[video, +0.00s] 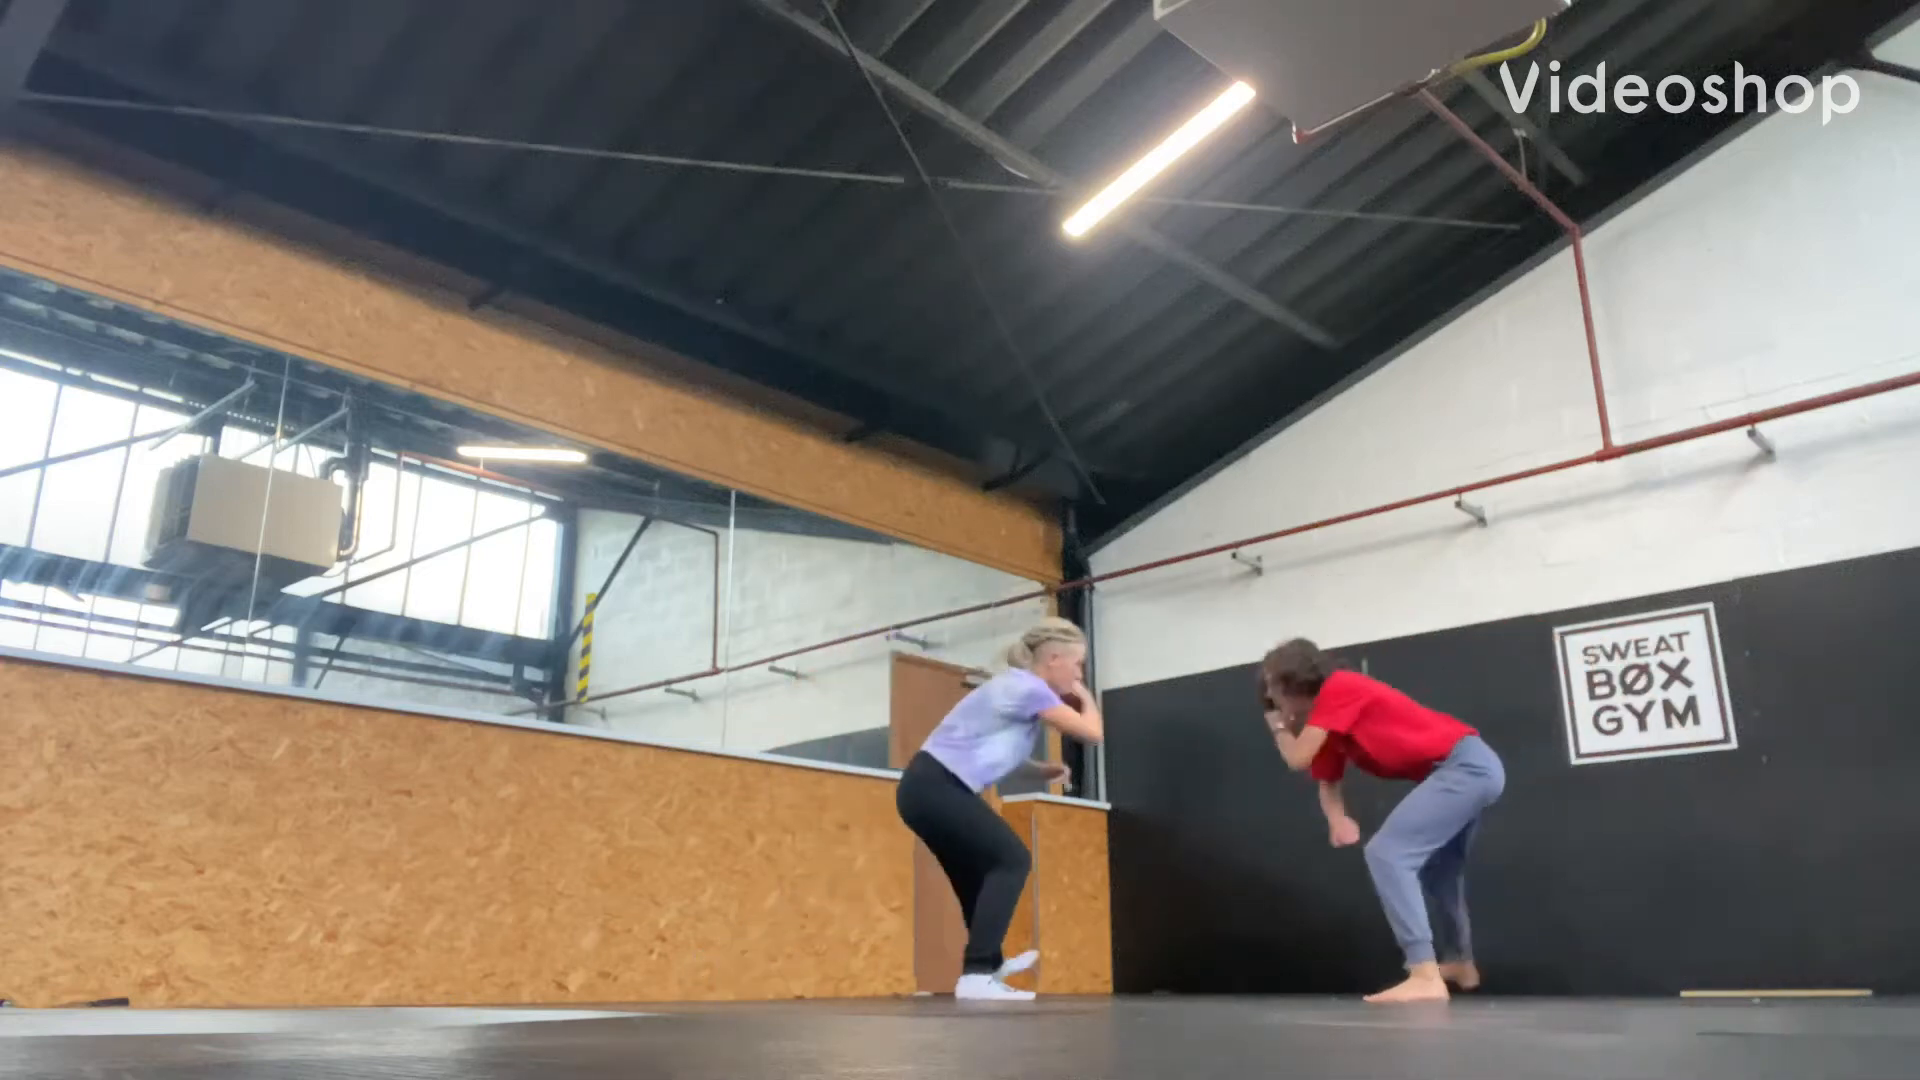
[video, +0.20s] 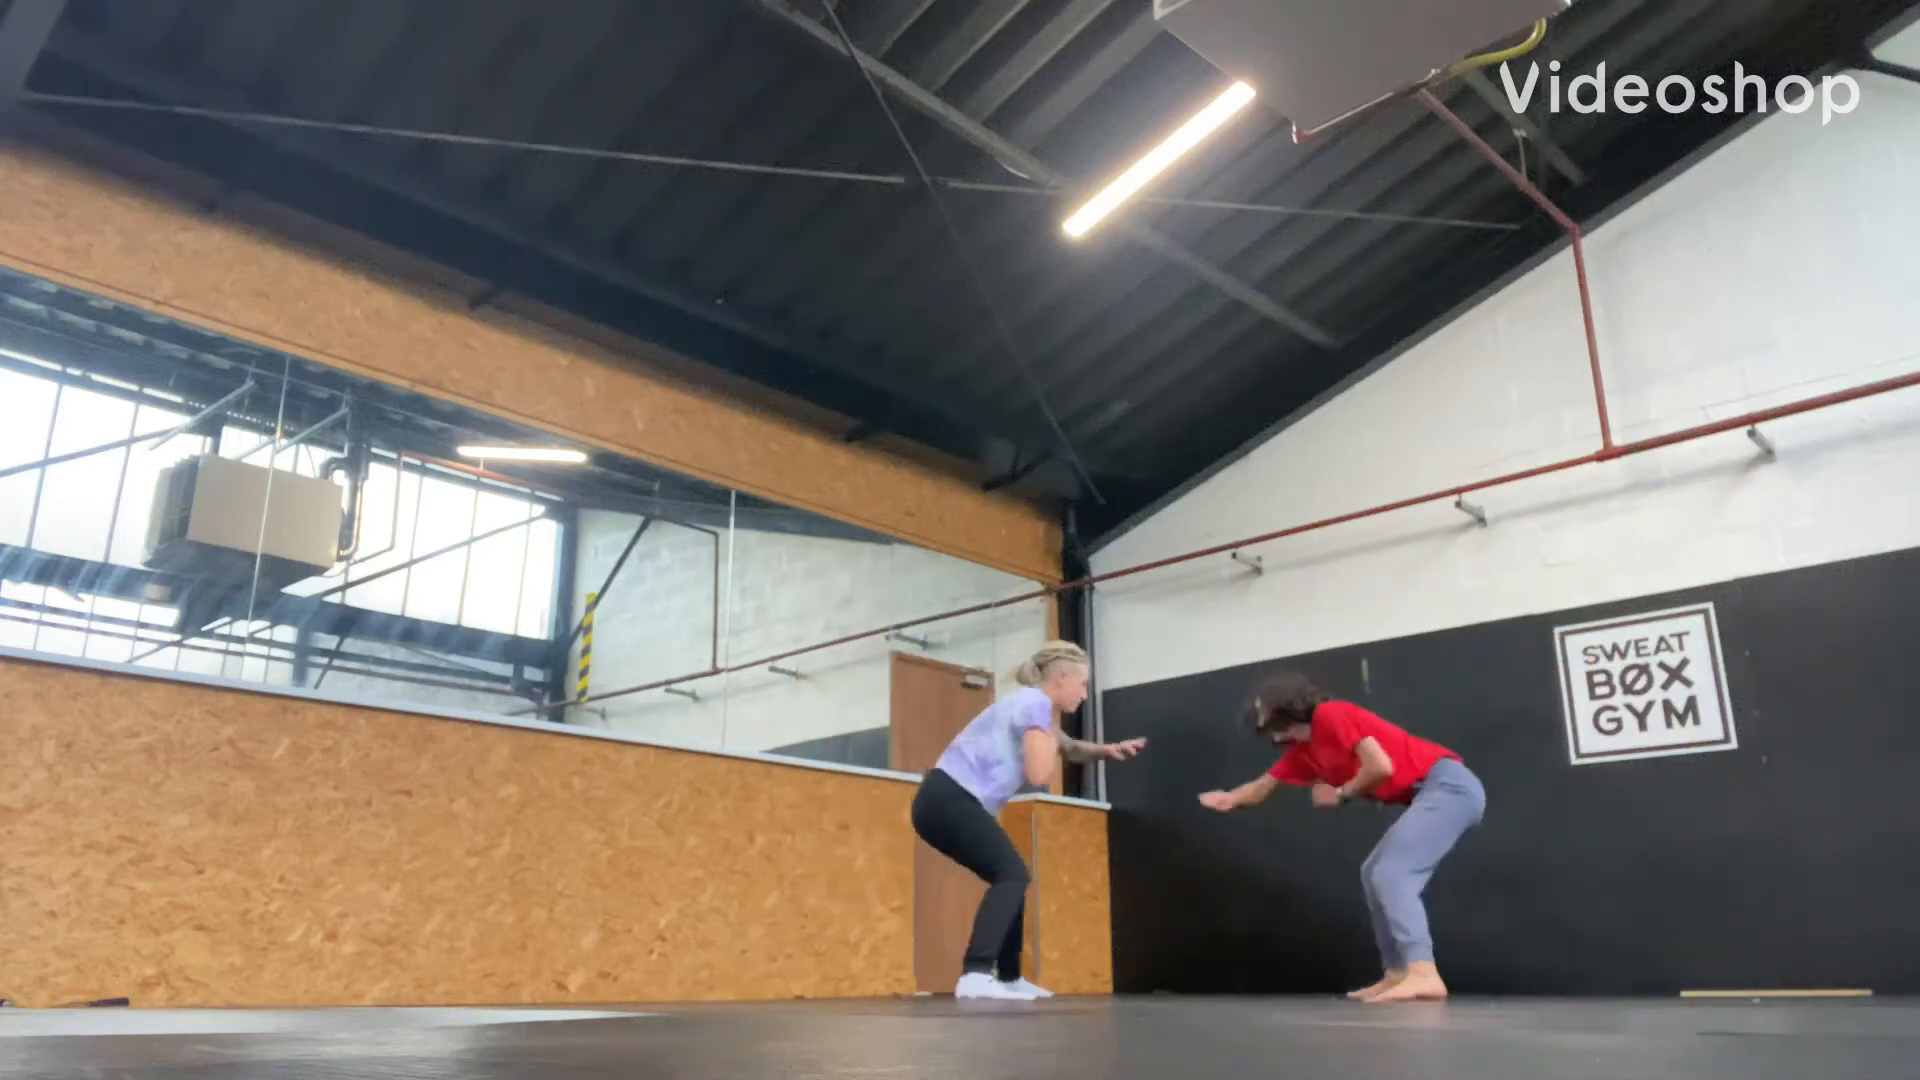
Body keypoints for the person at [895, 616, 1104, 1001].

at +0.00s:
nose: (1080, 675)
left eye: (1081, 666)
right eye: (1077, 664)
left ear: (1049, 662)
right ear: (1050, 662)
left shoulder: (1012, 689)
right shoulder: (1027, 687)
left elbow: (993, 756)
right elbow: (1092, 731)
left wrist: (1039, 770)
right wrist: (1083, 694)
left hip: (927, 787)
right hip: (936, 786)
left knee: (974, 879)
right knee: (1013, 859)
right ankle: (977, 977)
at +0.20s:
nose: (1085, 694)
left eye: (1087, 686)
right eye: (1083, 684)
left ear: (1056, 680)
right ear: (1059, 679)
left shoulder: (1036, 708)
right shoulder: (1034, 703)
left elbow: (1067, 746)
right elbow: (1037, 774)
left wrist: (1110, 750)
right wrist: (1050, 737)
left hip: (952, 801)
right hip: (945, 799)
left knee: (1014, 877)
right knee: (1011, 876)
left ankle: (1007, 978)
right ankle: (976, 977)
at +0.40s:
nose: (1093, 702)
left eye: (1094, 694)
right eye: (1091, 692)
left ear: (1068, 687)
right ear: (1069, 685)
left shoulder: (1044, 715)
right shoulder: (1040, 703)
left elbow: (1050, 747)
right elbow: (1019, 756)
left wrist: (1094, 761)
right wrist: (1046, 768)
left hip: (963, 797)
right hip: (944, 783)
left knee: (1009, 873)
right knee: (944, 871)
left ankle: (1009, 979)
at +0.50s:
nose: (1085, 691)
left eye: (1086, 683)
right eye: (1082, 681)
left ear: (1056, 679)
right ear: (1061, 677)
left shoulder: (1030, 699)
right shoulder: (1039, 695)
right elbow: (1040, 751)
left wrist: (1050, 752)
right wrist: (1062, 753)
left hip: (965, 795)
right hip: (945, 780)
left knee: (1007, 873)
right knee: (925, 873)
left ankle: (1009, 981)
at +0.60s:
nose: (1068, 675)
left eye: (1069, 667)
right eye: (1065, 665)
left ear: (1036, 664)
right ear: (1043, 661)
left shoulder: (1013, 685)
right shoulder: (1028, 683)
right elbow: (1053, 737)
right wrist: (1052, 723)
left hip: (960, 793)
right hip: (940, 778)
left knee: (1002, 873)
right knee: (903, 874)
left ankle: (1008, 979)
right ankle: (806, 942)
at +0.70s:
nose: (1042, 657)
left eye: (1042, 649)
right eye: (1040, 649)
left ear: (1010, 647)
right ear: (1022, 646)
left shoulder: (977, 676)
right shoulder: (1010, 670)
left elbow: (924, 717)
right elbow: (1038, 722)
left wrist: (891, 749)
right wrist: (1029, 695)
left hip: (945, 787)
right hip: (929, 777)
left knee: (989, 873)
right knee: (886, 871)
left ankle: (1006, 980)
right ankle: (798, 949)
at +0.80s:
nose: (1018, 655)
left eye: (1019, 647)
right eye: (1015, 646)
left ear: (987, 644)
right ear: (996, 643)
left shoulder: (953, 674)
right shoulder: (981, 668)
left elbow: (897, 719)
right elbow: (999, 725)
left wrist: (860, 758)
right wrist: (1001, 709)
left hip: (934, 792)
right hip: (914, 784)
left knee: (985, 872)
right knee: (876, 881)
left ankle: (1005, 978)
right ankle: (793, 961)